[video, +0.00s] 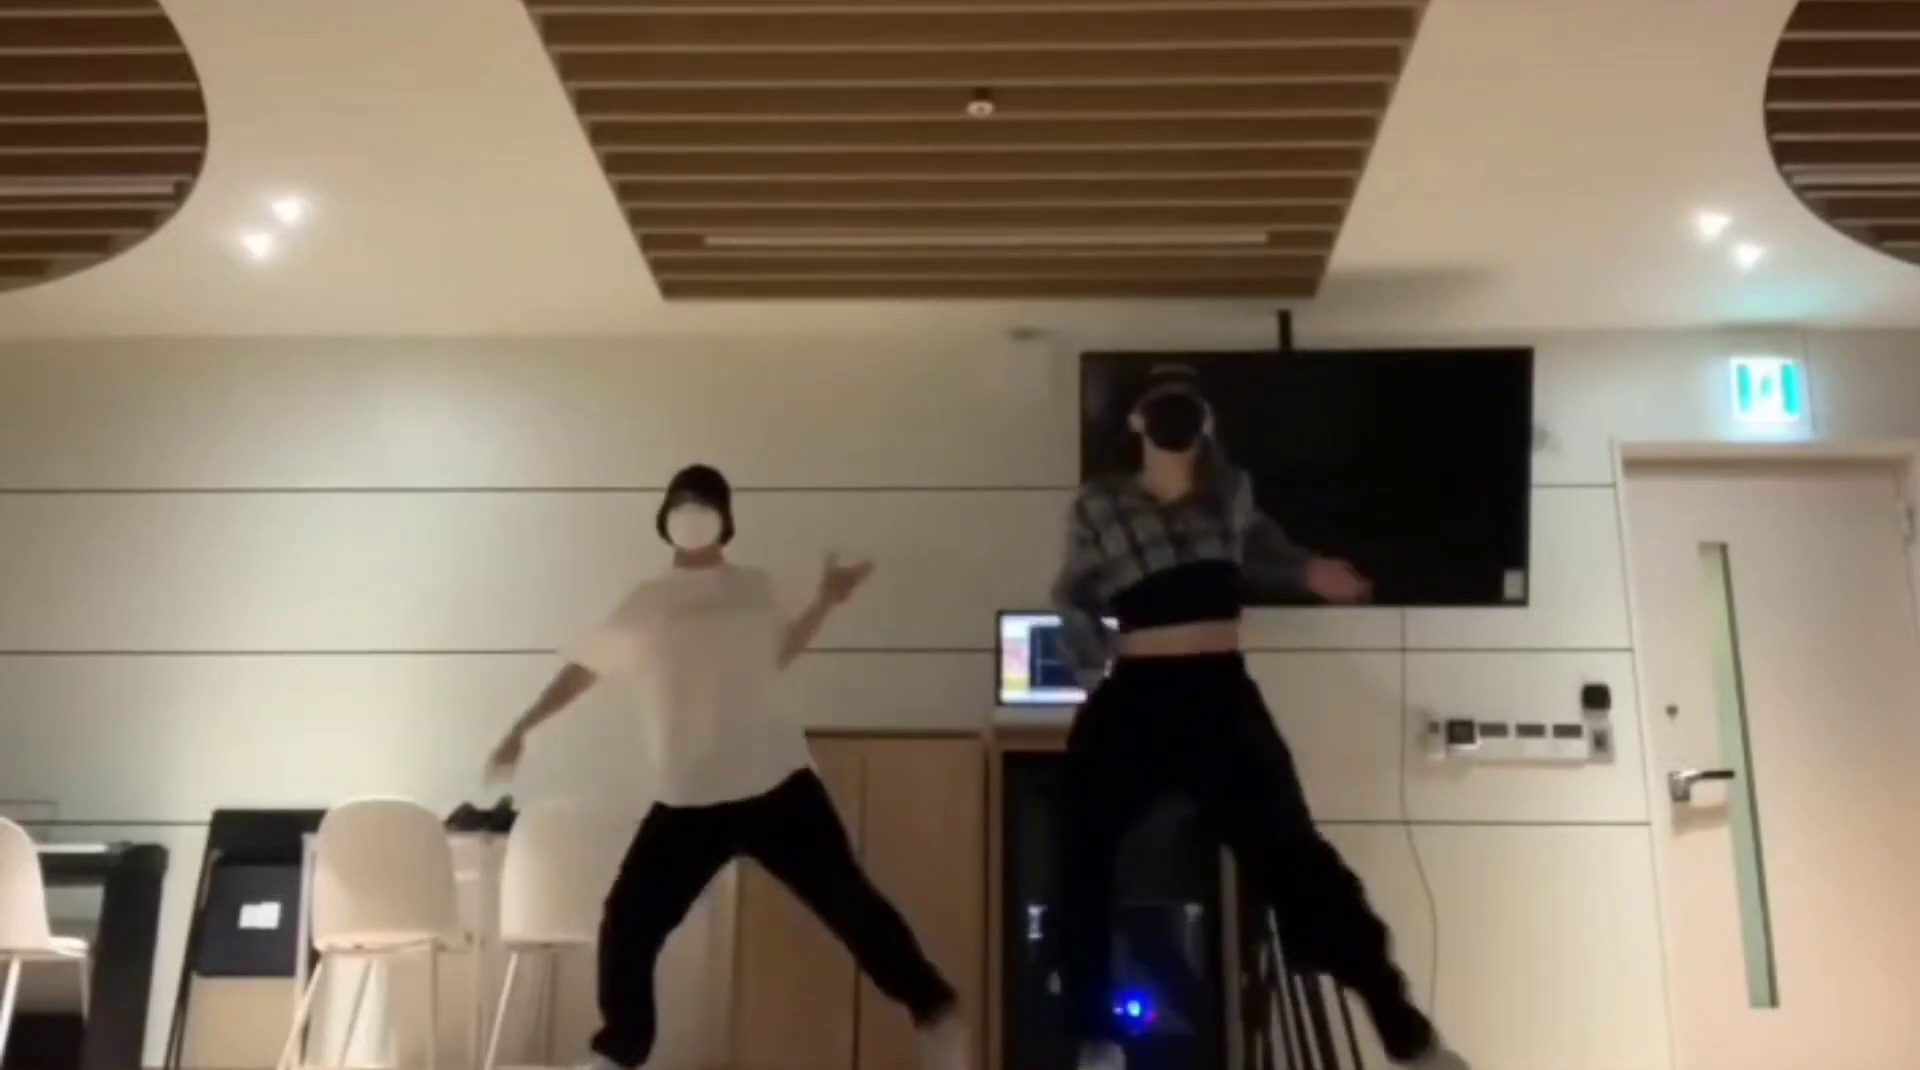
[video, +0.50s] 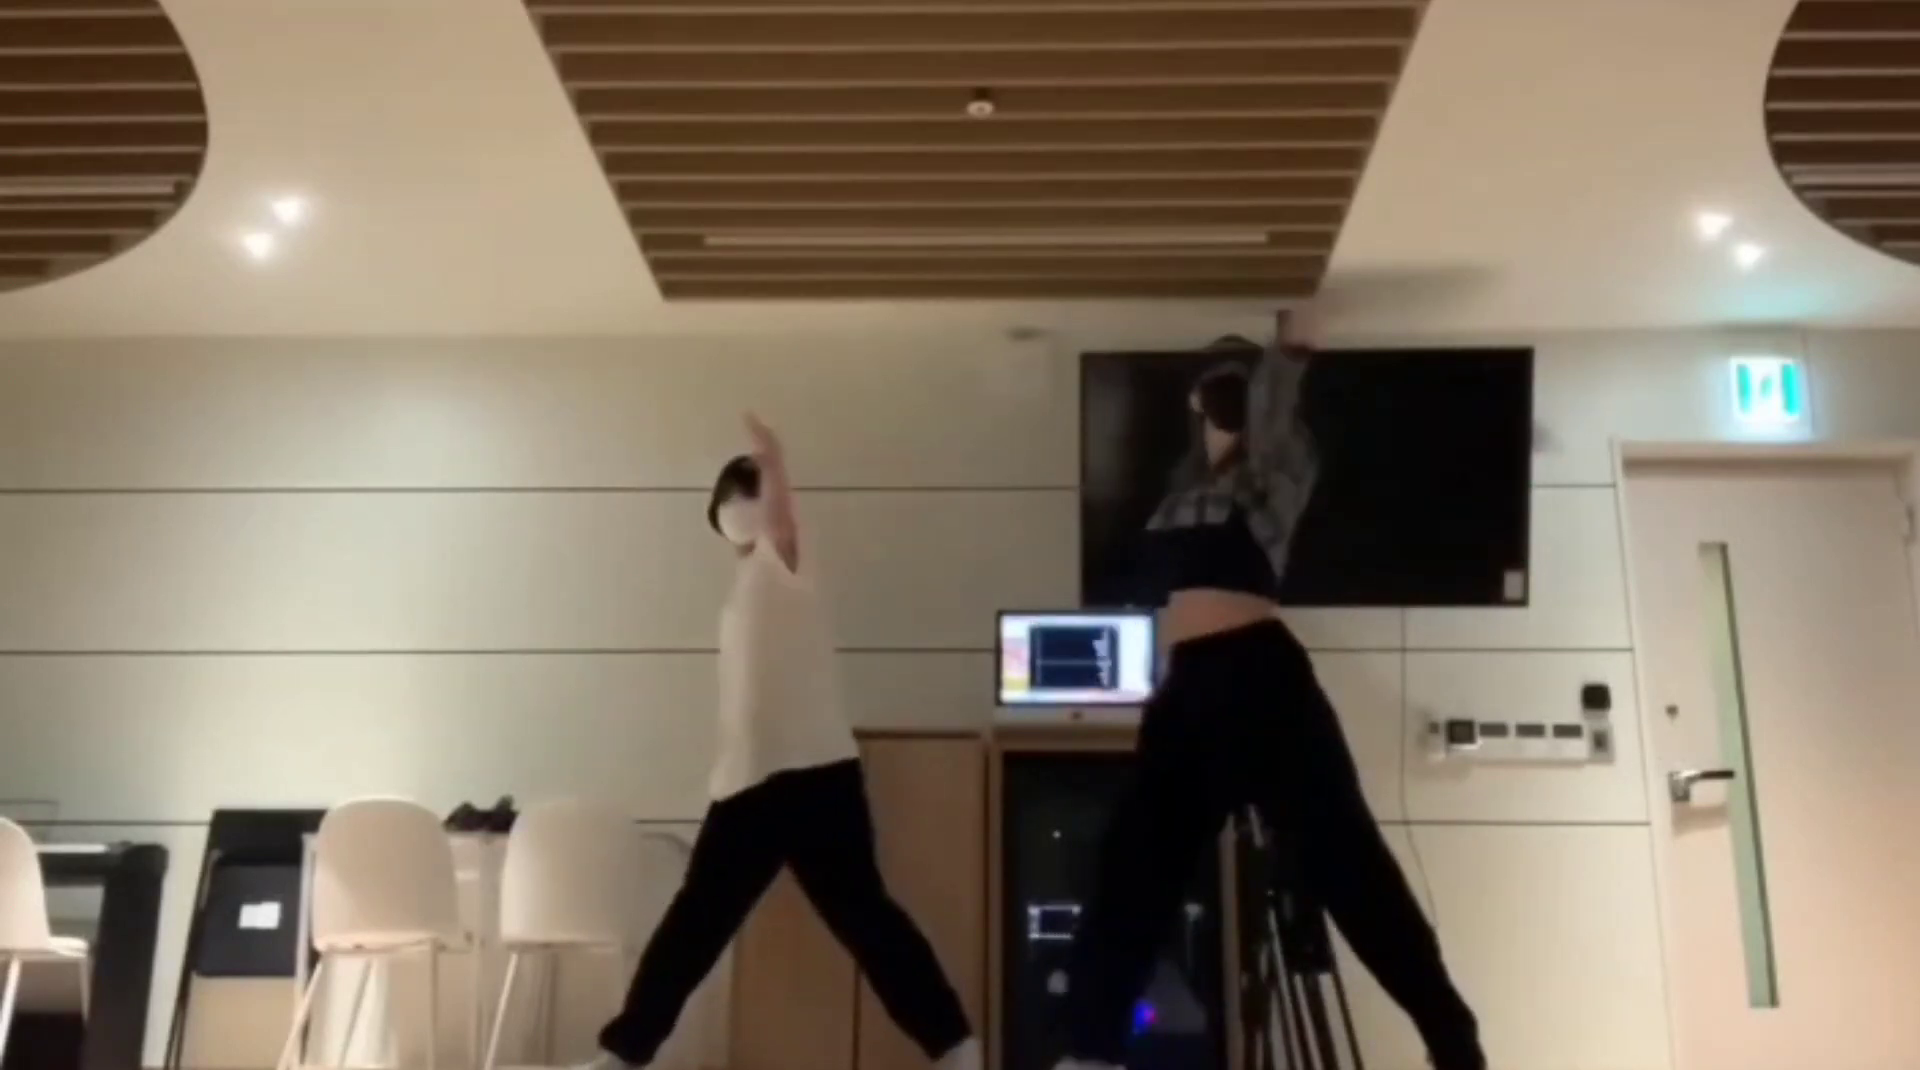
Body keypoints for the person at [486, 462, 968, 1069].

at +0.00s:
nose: (691, 521)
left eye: (703, 510)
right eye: (680, 511)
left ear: (725, 521)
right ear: (664, 524)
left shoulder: (755, 589)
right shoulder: (645, 604)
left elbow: (779, 655)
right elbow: (581, 672)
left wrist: (827, 600)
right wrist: (520, 730)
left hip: (777, 790)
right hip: (688, 802)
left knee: (848, 899)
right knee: (626, 927)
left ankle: (936, 1014)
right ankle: (621, 1052)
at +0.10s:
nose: (698, 516)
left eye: (712, 503)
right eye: (685, 507)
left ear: (734, 515)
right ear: (672, 523)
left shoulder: (776, 580)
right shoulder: (674, 602)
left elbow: (871, 596)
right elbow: (681, 683)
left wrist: (939, 560)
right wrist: (634, 740)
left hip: (804, 791)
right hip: (718, 803)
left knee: (877, 914)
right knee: (653, 925)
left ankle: (953, 1042)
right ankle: (620, 1052)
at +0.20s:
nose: (700, 510)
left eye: (713, 497)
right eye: (687, 502)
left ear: (736, 508)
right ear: (676, 518)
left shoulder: (774, 563)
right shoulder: (687, 595)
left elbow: (862, 565)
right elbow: (693, 677)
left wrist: (951, 540)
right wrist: (672, 741)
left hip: (809, 780)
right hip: (726, 795)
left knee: (879, 908)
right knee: (669, 920)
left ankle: (952, 1043)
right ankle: (621, 1052)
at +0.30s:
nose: (706, 507)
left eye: (719, 496)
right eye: (695, 500)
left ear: (745, 507)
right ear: (684, 518)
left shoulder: (772, 553)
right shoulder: (705, 590)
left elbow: (836, 537)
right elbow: (725, 680)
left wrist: (914, 508)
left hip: (808, 772)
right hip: (733, 788)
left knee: (874, 908)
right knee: (684, 918)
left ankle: (953, 1043)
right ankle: (623, 1049)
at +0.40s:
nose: (726, 517)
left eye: (735, 501)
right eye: (715, 509)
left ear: (757, 504)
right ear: (708, 523)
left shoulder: (778, 558)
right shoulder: (733, 586)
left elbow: (800, 521)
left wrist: (818, 481)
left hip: (810, 772)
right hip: (745, 782)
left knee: (867, 914)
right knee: (693, 920)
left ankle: (954, 1045)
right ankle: (623, 1050)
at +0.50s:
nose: (732, 517)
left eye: (737, 501)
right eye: (724, 509)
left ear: (762, 497)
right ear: (721, 523)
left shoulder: (784, 562)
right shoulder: (748, 582)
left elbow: (776, 494)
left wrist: (768, 451)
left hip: (809, 771)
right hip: (749, 779)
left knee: (864, 917)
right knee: (693, 923)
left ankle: (954, 1046)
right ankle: (623, 1051)